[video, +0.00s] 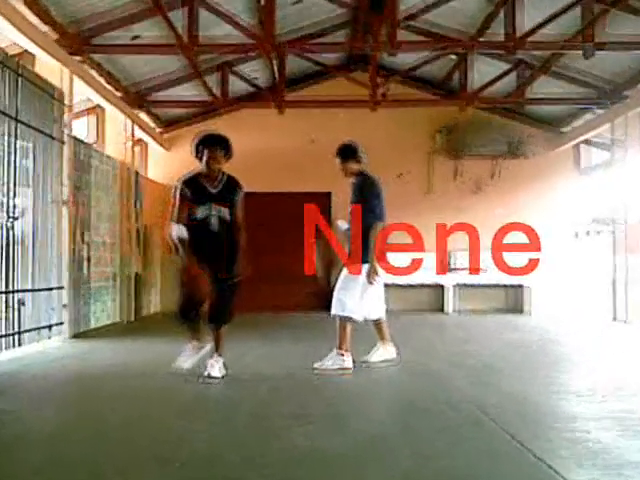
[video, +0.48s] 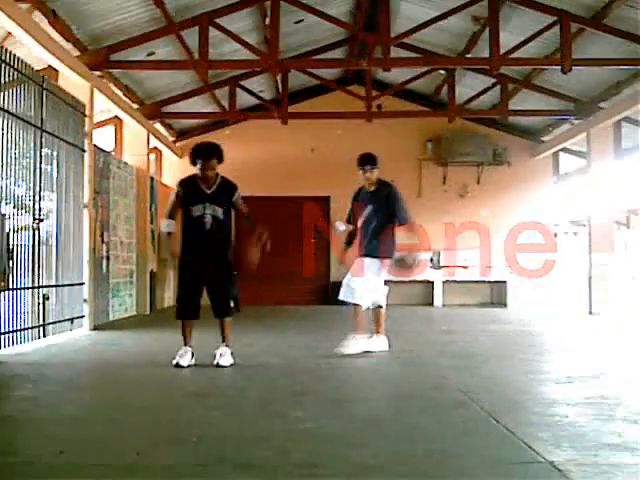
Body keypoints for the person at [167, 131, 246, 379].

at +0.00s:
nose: (215, 158)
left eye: (220, 153)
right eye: (211, 153)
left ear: (226, 157)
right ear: (202, 155)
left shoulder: (233, 187)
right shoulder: (188, 185)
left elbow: (240, 226)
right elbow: (178, 225)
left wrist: (240, 260)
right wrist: (187, 259)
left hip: (224, 256)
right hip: (195, 255)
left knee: (219, 307)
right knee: (190, 302)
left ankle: (217, 355)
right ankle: (196, 342)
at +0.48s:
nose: (207, 174)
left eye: (211, 169)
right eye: (203, 169)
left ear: (218, 166)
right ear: (196, 166)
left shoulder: (228, 188)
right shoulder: (186, 187)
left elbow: (244, 214)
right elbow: (170, 217)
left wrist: (257, 231)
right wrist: (168, 242)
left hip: (220, 256)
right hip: (191, 256)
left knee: (223, 303)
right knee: (187, 304)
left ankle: (225, 347)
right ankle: (187, 348)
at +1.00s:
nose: (181, 175)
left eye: (185, 171)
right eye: (177, 170)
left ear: (195, 167)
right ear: (173, 167)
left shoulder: (205, 190)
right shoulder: (161, 187)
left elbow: (208, 224)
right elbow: (152, 226)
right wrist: (155, 258)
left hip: (196, 253)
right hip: (169, 255)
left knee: (194, 302)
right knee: (174, 303)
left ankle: (189, 350)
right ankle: (183, 347)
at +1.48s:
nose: (151, 167)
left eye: (156, 162)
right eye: (148, 162)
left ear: (167, 161)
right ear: (143, 161)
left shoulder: (182, 184)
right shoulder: (137, 184)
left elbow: (211, 207)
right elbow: (113, 203)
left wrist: (197, 226)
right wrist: (98, 202)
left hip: (177, 255)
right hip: (148, 255)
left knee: (183, 306)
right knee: (134, 306)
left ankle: (186, 353)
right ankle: (125, 356)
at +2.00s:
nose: (120, 172)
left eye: (124, 167)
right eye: (116, 167)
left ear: (136, 161)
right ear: (112, 165)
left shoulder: (154, 179)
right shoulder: (108, 190)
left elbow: (174, 208)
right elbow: (108, 223)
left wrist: (179, 244)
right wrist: (109, 249)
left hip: (153, 250)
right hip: (125, 252)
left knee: (147, 302)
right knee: (121, 305)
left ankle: (162, 344)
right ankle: (123, 356)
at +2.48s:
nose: (147, 160)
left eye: (151, 154)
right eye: (141, 155)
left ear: (160, 150)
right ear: (133, 153)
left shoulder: (170, 176)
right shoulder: (122, 179)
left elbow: (175, 204)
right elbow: (112, 215)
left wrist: (178, 223)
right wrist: (119, 230)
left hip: (165, 248)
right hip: (134, 251)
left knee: (169, 304)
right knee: (132, 305)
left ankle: (170, 359)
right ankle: (126, 355)